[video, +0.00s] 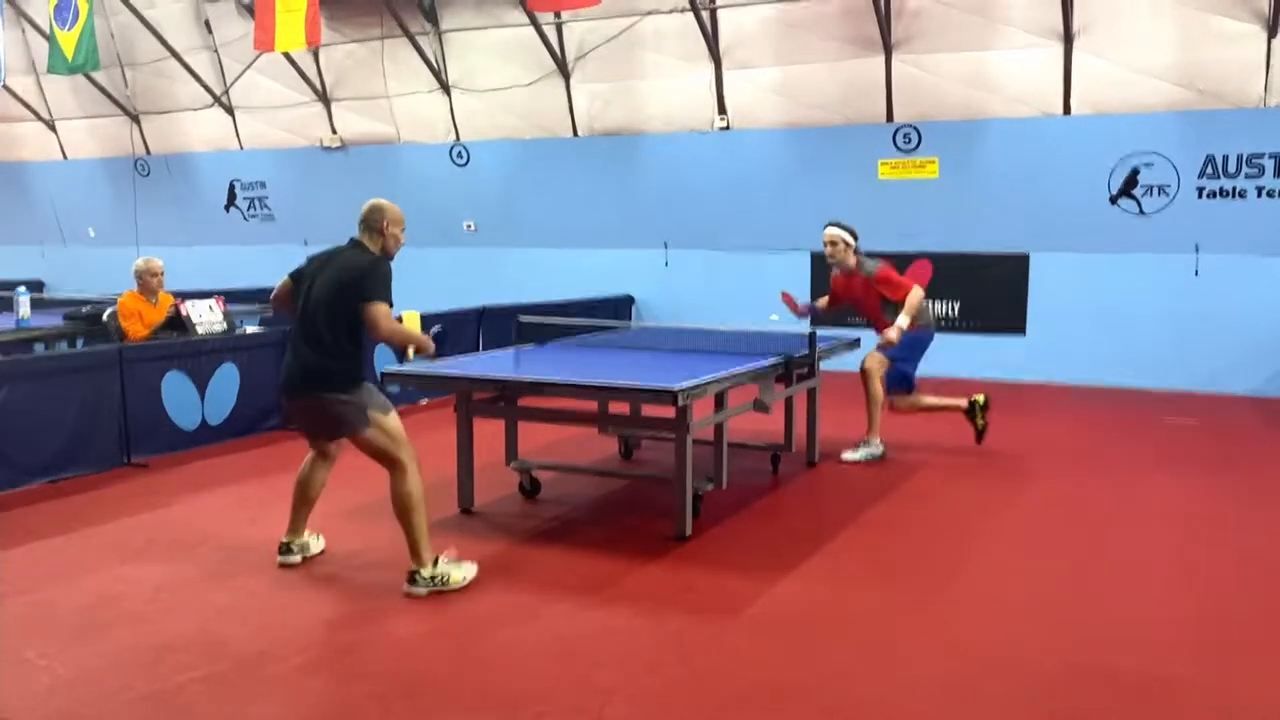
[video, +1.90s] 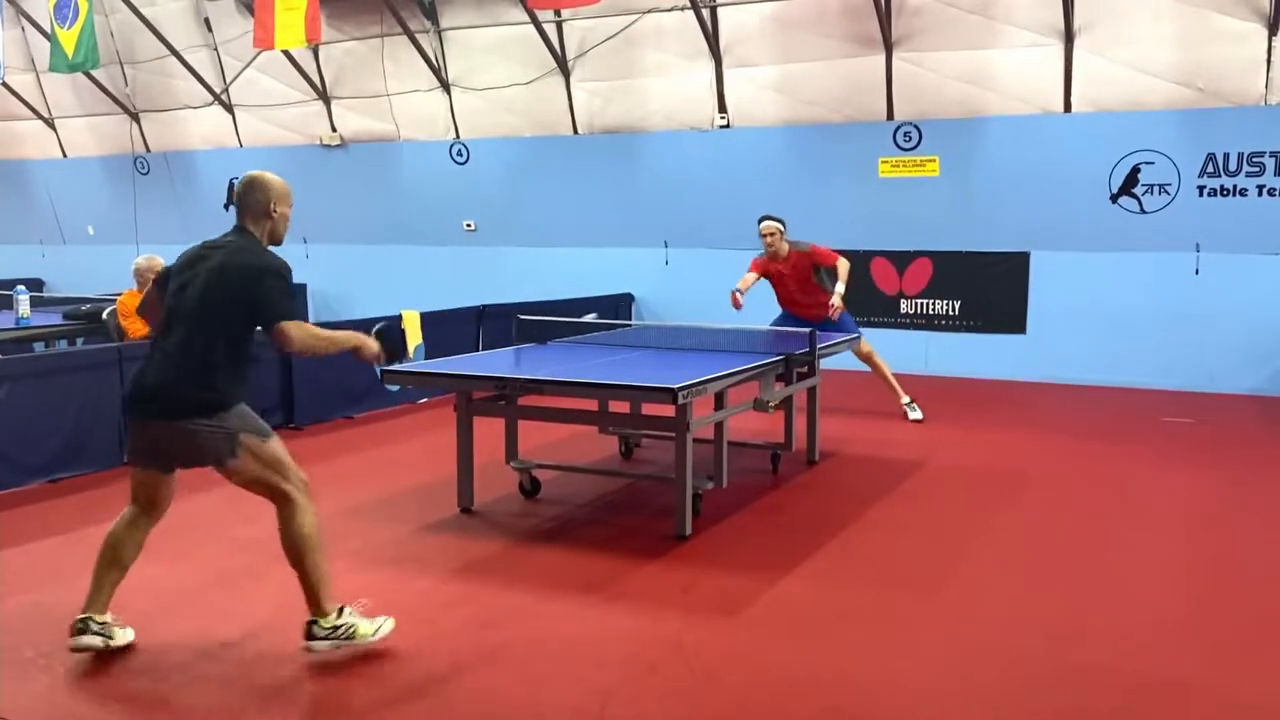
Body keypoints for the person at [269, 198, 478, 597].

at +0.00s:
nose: (402, 240)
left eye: (402, 232)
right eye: (400, 232)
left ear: (364, 229)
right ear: (383, 231)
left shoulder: (324, 258)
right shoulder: (374, 266)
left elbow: (280, 298)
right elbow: (382, 326)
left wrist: (320, 319)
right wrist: (417, 339)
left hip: (297, 381)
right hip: (339, 385)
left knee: (324, 450)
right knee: (402, 460)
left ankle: (293, 540)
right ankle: (425, 567)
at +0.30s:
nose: (419, 238)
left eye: (420, 230)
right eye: (416, 230)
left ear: (381, 224)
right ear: (396, 226)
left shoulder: (331, 250)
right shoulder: (405, 269)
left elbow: (279, 276)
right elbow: (452, 320)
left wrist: (291, 273)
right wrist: (506, 349)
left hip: (318, 380)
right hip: (371, 380)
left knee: (301, 455)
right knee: (442, 439)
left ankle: (269, 542)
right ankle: (436, 537)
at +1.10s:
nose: (410, 228)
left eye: (410, 220)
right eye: (407, 220)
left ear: (370, 217)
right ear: (389, 219)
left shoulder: (323, 246)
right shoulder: (386, 267)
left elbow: (276, 279)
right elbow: (389, 330)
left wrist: (307, 313)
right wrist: (441, 357)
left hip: (285, 371)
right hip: (335, 378)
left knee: (277, 451)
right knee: (400, 455)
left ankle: (229, 540)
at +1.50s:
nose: (365, 219)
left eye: (364, 211)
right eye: (360, 211)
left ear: (321, 216)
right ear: (342, 217)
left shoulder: (280, 255)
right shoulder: (357, 274)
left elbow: (239, 293)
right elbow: (419, 312)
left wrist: (277, 317)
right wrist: (461, 272)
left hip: (237, 390)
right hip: (295, 399)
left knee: (220, 473)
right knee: (370, 465)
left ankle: (183, 563)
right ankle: (382, 576)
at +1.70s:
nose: (318, 229)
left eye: (316, 221)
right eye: (316, 221)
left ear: (270, 226)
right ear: (303, 226)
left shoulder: (229, 275)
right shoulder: (317, 283)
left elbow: (189, 330)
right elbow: (378, 329)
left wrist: (237, 330)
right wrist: (412, 291)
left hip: (220, 428)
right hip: (290, 429)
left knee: (177, 515)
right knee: (354, 492)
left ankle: (119, 606)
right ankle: (370, 603)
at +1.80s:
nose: (300, 229)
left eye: (299, 220)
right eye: (297, 220)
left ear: (250, 221)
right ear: (283, 223)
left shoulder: (208, 270)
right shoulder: (285, 281)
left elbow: (169, 323)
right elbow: (333, 337)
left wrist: (217, 345)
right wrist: (380, 310)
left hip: (180, 422)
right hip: (248, 423)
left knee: (165, 523)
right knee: (323, 490)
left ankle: (110, 630)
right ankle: (365, 603)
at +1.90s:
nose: (289, 220)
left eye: (288, 211)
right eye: (286, 211)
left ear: (241, 212)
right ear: (271, 213)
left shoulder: (194, 256)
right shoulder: (265, 265)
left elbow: (151, 312)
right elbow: (290, 337)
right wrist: (355, 340)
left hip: (147, 404)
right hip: (207, 406)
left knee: (143, 507)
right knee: (292, 490)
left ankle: (91, 617)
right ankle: (326, 618)